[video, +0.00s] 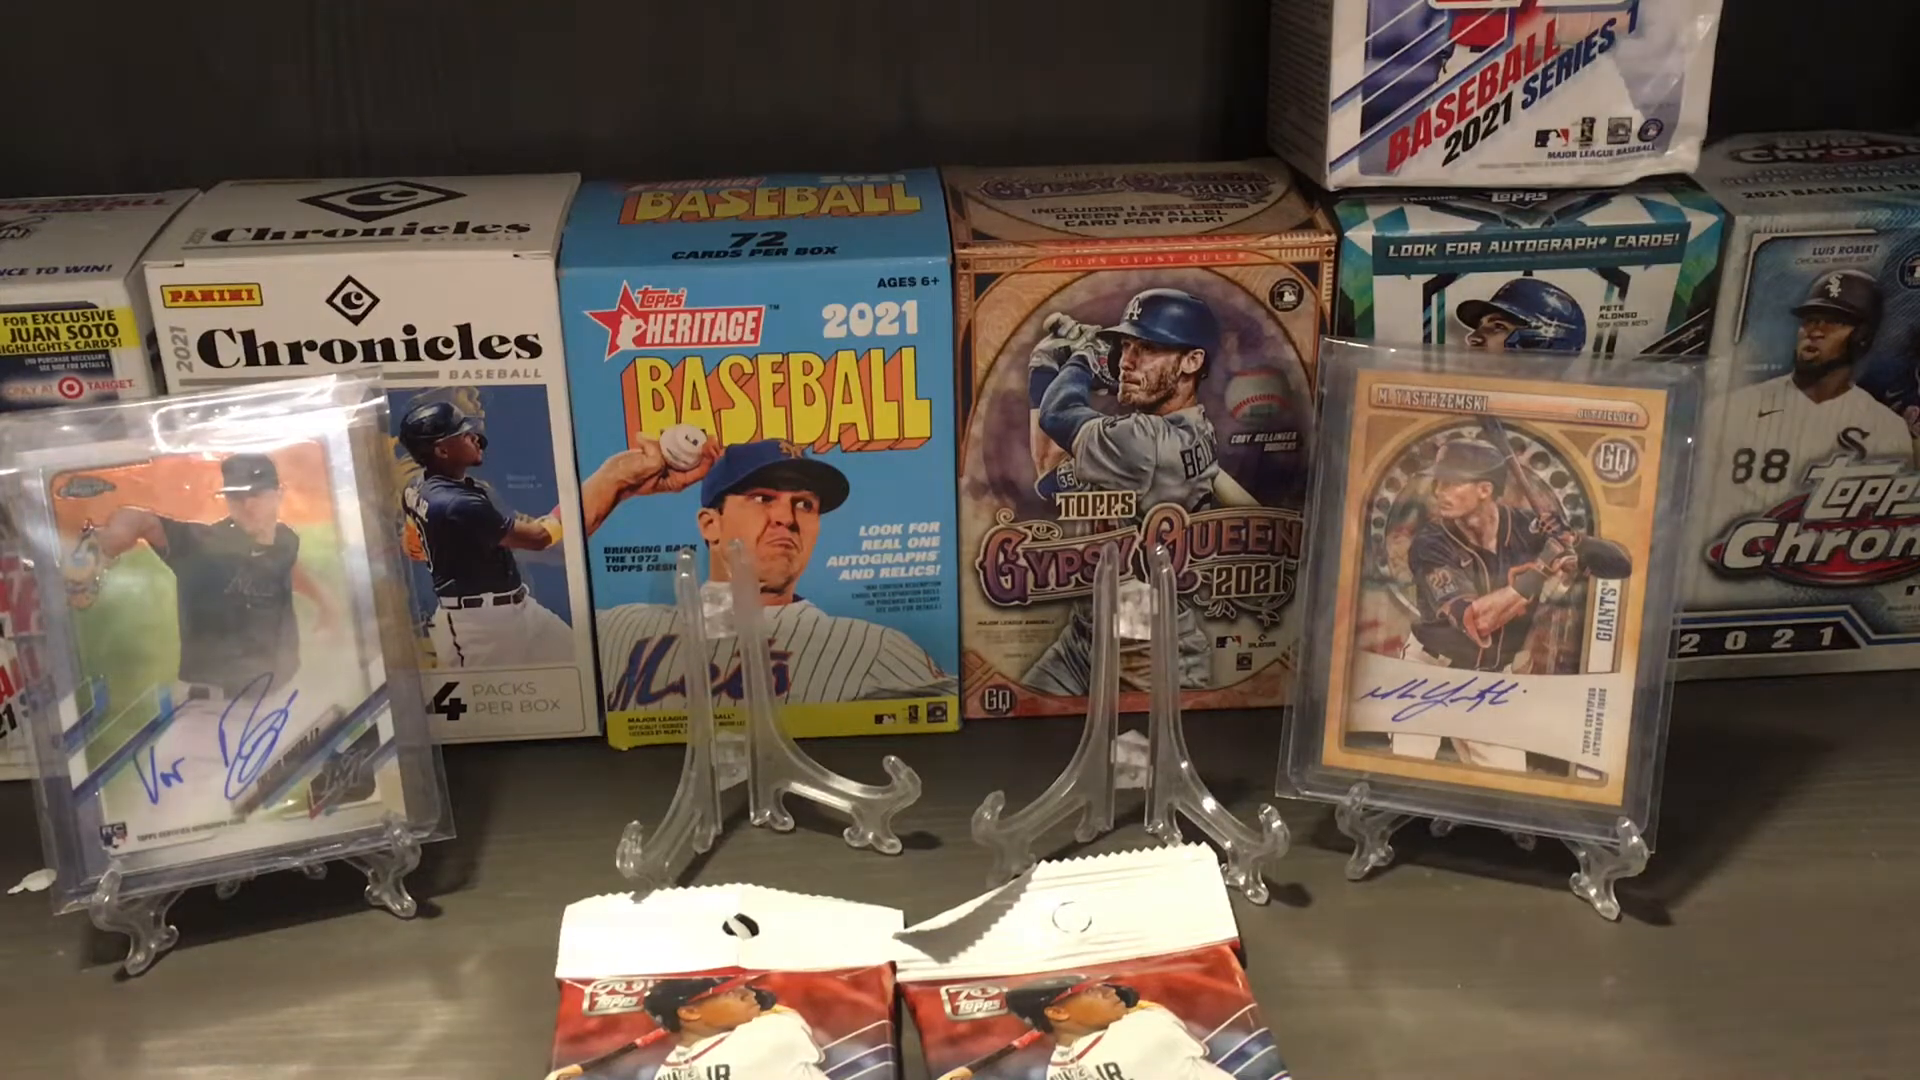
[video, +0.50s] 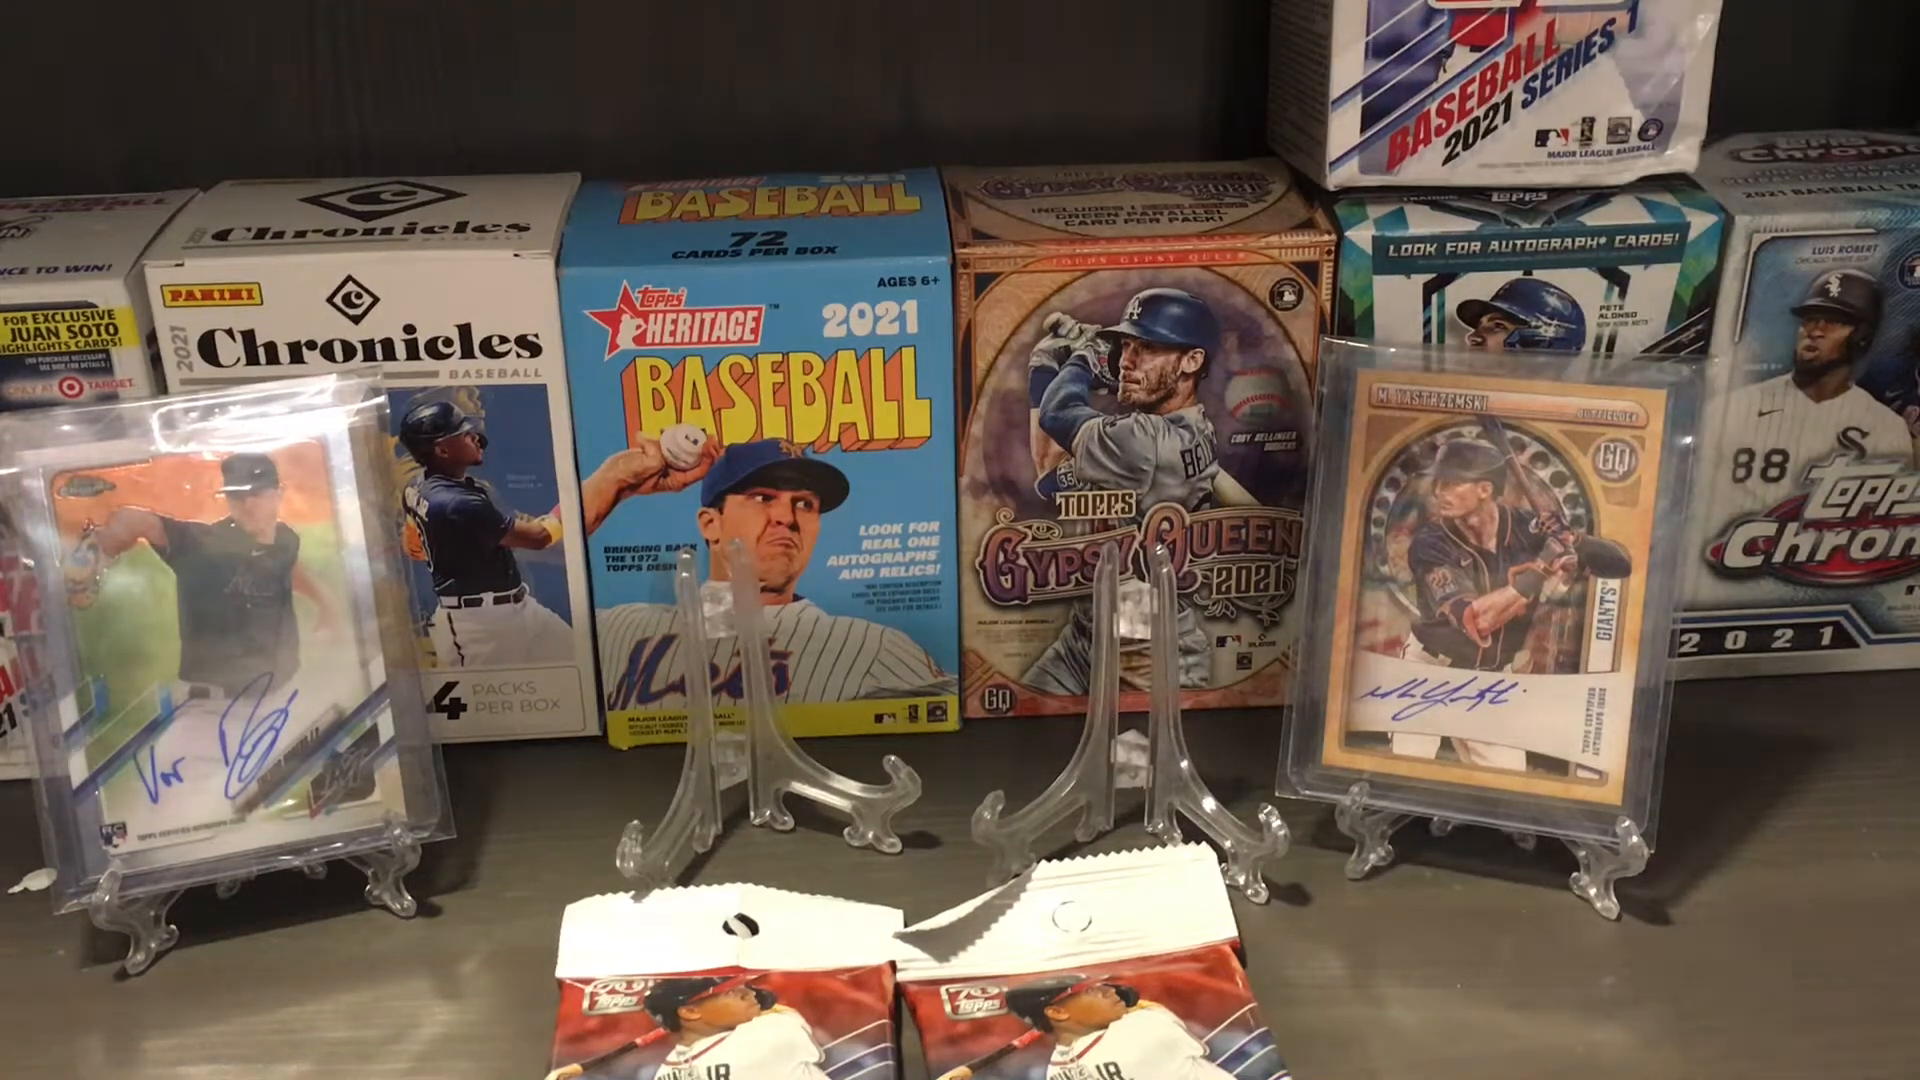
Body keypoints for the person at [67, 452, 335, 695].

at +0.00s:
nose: (247, 504)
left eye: (256, 493)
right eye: (237, 495)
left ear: (278, 495)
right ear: (227, 500)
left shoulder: (286, 542)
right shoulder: (198, 542)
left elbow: (288, 570)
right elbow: (133, 518)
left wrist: (324, 601)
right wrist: (102, 552)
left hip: (278, 700)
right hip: (214, 705)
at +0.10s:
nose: (247, 504)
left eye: (256, 494)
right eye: (237, 496)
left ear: (278, 495)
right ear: (227, 500)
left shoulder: (286, 542)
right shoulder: (197, 542)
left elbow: (289, 570)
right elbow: (133, 518)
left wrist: (324, 602)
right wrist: (103, 550)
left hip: (278, 700)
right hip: (214, 705)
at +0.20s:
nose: (246, 503)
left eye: (256, 493)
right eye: (236, 495)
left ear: (278, 495)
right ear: (226, 499)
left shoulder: (286, 542)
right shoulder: (198, 542)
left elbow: (288, 570)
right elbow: (135, 518)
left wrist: (324, 601)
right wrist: (108, 544)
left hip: (278, 700)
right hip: (214, 706)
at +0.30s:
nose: (247, 504)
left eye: (256, 493)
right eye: (236, 495)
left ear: (278, 495)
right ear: (226, 499)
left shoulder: (286, 542)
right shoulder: (198, 542)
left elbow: (289, 570)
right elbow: (137, 517)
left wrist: (325, 602)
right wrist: (113, 540)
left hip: (278, 699)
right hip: (214, 705)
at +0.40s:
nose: (247, 504)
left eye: (256, 494)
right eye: (236, 496)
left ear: (278, 495)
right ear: (227, 500)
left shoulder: (286, 542)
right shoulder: (199, 543)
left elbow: (288, 570)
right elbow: (135, 518)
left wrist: (325, 601)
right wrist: (110, 542)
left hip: (276, 703)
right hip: (213, 707)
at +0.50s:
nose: (247, 503)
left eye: (256, 493)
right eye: (237, 495)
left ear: (278, 495)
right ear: (227, 499)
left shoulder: (286, 542)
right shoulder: (198, 542)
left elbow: (288, 570)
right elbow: (134, 519)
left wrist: (324, 601)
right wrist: (104, 546)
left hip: (278, 702)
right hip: (214, 706)